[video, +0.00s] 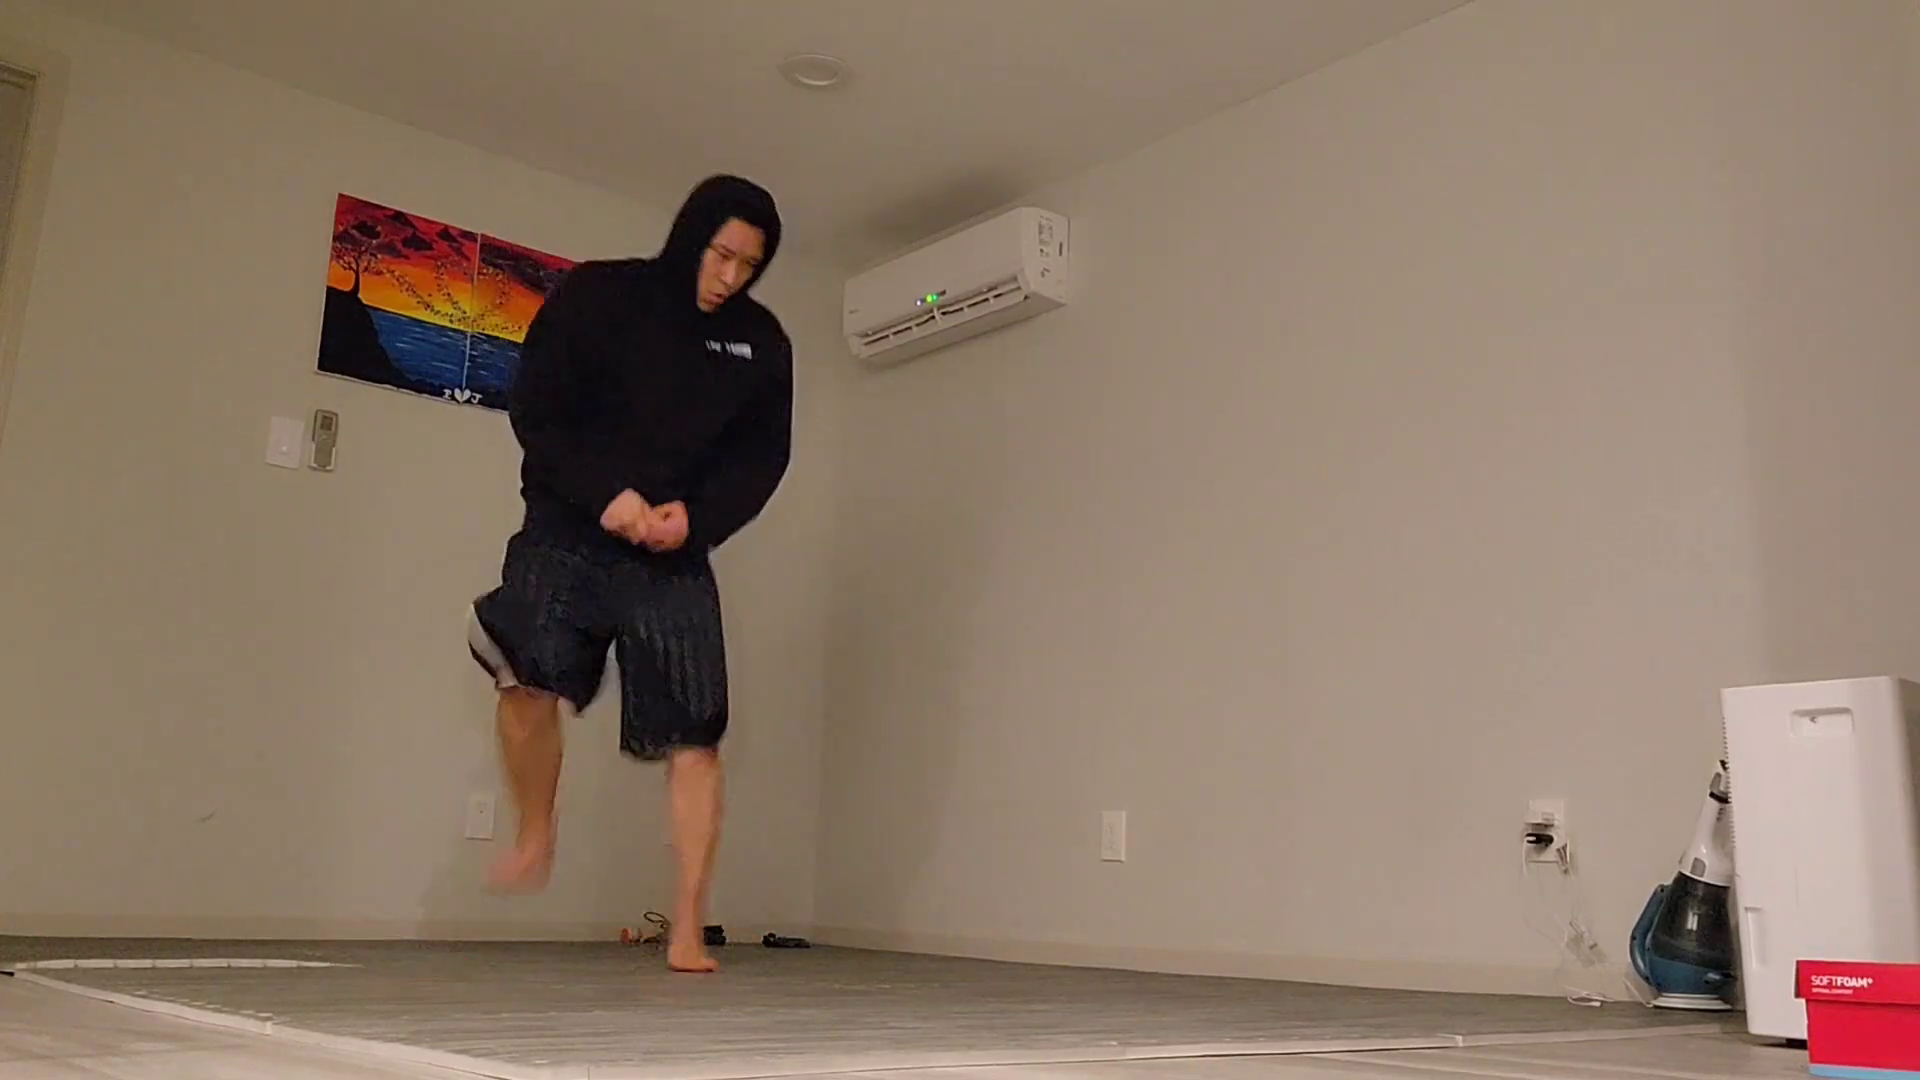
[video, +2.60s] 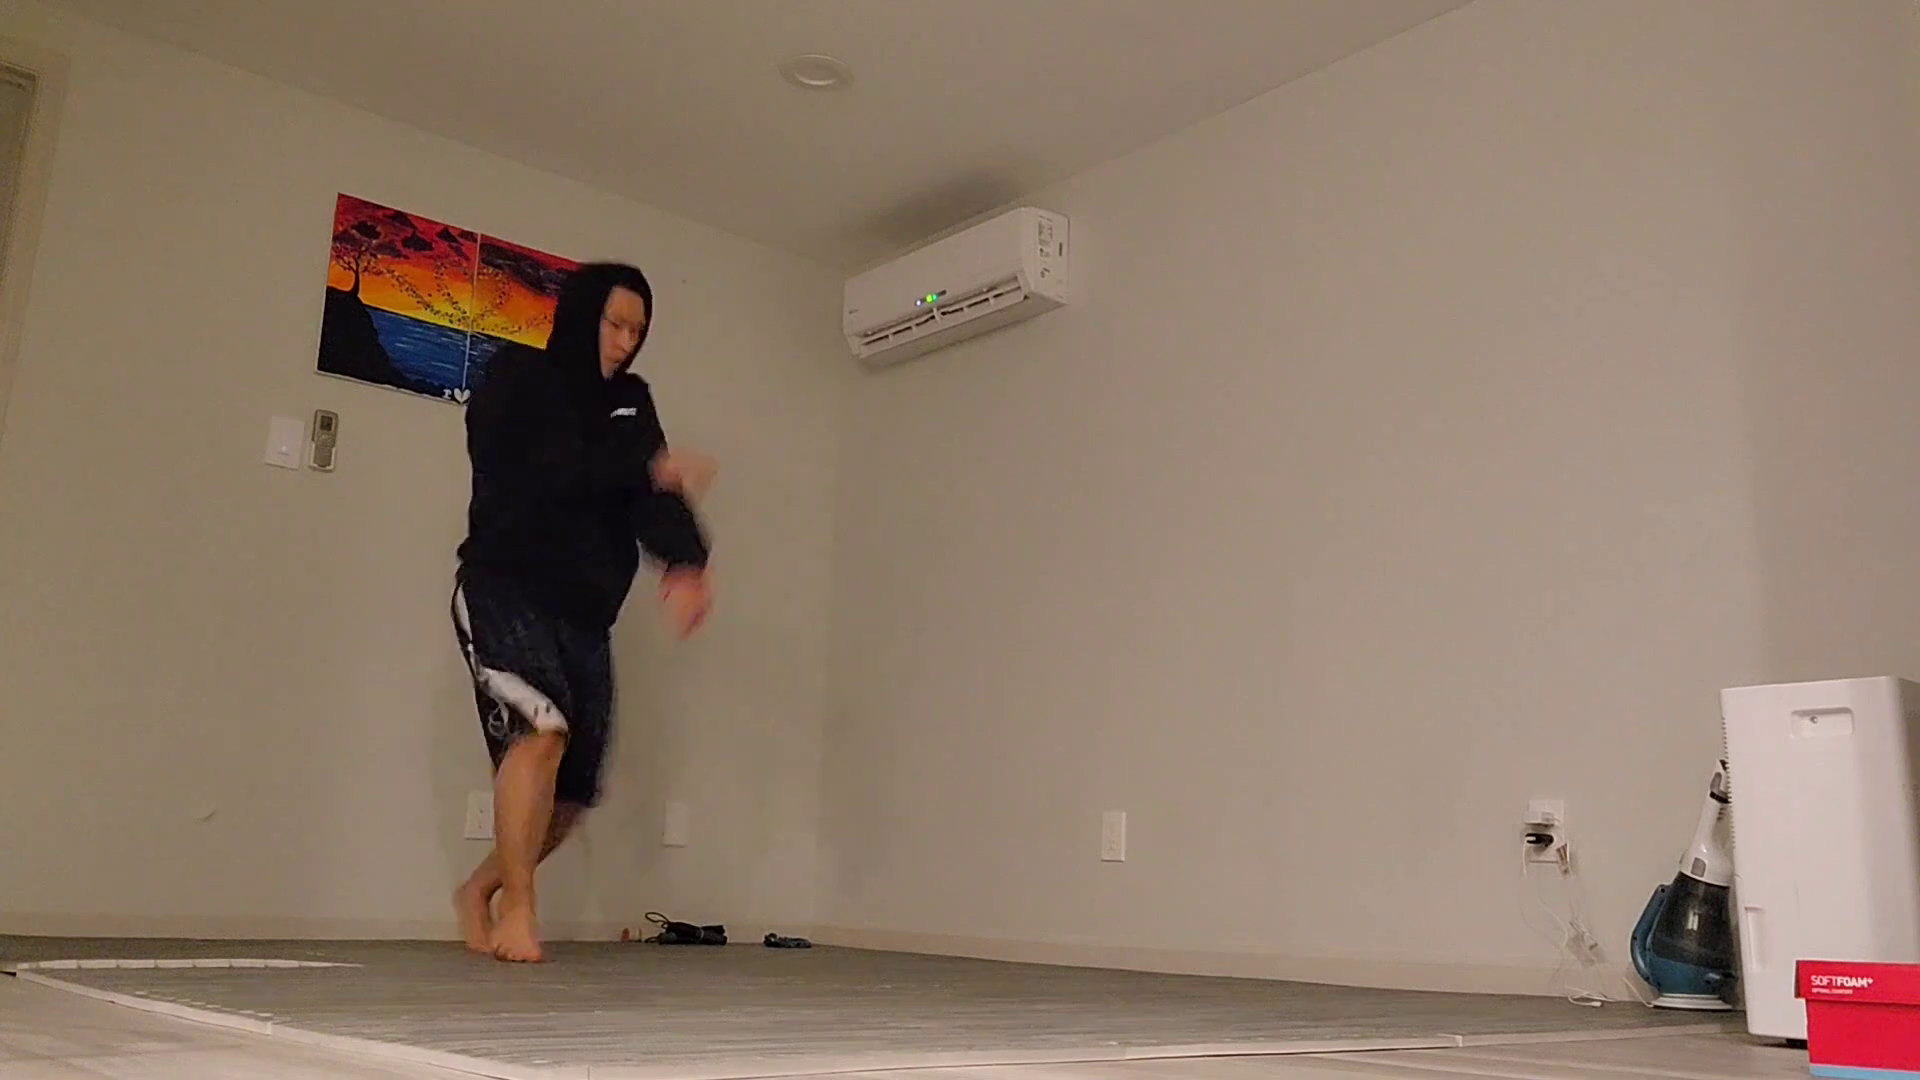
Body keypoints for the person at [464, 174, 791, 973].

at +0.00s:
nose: (730, 275)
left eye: (747, 263)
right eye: (721, 254)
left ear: (759, 266)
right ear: (687, 239)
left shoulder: (760, 341)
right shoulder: (596, 294)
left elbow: (764, 456)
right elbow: (535, 411)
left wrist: (697, 518)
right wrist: (606, 495)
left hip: (677, 551)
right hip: (569, 532)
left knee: (697, 734)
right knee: (527, 681)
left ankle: (688, 925)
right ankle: (533, 833)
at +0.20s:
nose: (694, 279)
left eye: (710, 268)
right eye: (684, 260)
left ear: (722, 272)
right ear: (651, 250)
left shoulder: (737, 335)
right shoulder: (578, 312)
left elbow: (804, 417)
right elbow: (490, 396)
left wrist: (793, 486)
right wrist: (536, 448)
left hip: (677, 584)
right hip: (566, 575)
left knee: (698, 765)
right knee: (509, 732)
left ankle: (717, 932)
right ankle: (489, 923)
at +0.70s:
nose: (643, 268)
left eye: (655, 256)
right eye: (632, 249)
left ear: (663, 256)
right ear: (593, 236)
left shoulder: (665, 320)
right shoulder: (517, 304)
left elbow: (702, 410)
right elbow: (445, 407)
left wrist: (695, 458)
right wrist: (512, 470)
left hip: (638, 554)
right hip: (541, 553)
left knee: (654, 727)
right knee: (521, 726)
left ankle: (608, 906)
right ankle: (488, 897)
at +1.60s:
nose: (660, 368)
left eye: (670, 358)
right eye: (656, 350)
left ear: (667, 361)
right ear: (619, 335)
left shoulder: (628, 415)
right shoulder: (552, 387)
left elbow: (659, 492)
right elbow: (534, 477)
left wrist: (721, 547)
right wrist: (606, 549)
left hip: (586, 601)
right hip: (525, 594)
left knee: (607, 766)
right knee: (584, 742)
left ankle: (533, 917)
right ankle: (564, 928)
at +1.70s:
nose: (661, 372)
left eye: (672, 363)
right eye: (658, 353)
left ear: (671, 366)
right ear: (622, 334)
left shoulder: (639, 422)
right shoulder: (548, 381)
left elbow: (661, 515)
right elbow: (524, 475)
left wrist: (723, 587)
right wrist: (646, 492)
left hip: (591, 595)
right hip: (520, 578)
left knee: (605, 759)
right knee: (577, 714)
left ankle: (537, 913)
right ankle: (566, 912)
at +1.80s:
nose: (655, 349)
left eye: (667, 339)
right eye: (649, 328)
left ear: (673, 343)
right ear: (617, 307)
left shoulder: (647, 399)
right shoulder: (543, 345)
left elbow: (656, 503)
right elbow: (526, 445)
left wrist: (680, 599)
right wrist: (655, 400)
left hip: (581, 567)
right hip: (508, 540)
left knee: (589, 734)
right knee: (557, 688)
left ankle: (535, 897)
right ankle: (549, 879)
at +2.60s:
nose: (626, 342)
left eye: (637, 331)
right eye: (616, 325)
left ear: (643, 335)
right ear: (578, 315)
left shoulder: (629, 398)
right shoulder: (517, 377)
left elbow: (649, 485)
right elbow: (537, 467)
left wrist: (684, 556)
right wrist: (647, 469)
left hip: (583, 608)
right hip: (504, 587)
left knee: (574, 794)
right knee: (539, 731)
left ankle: (478, 888)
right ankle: (517, 906)